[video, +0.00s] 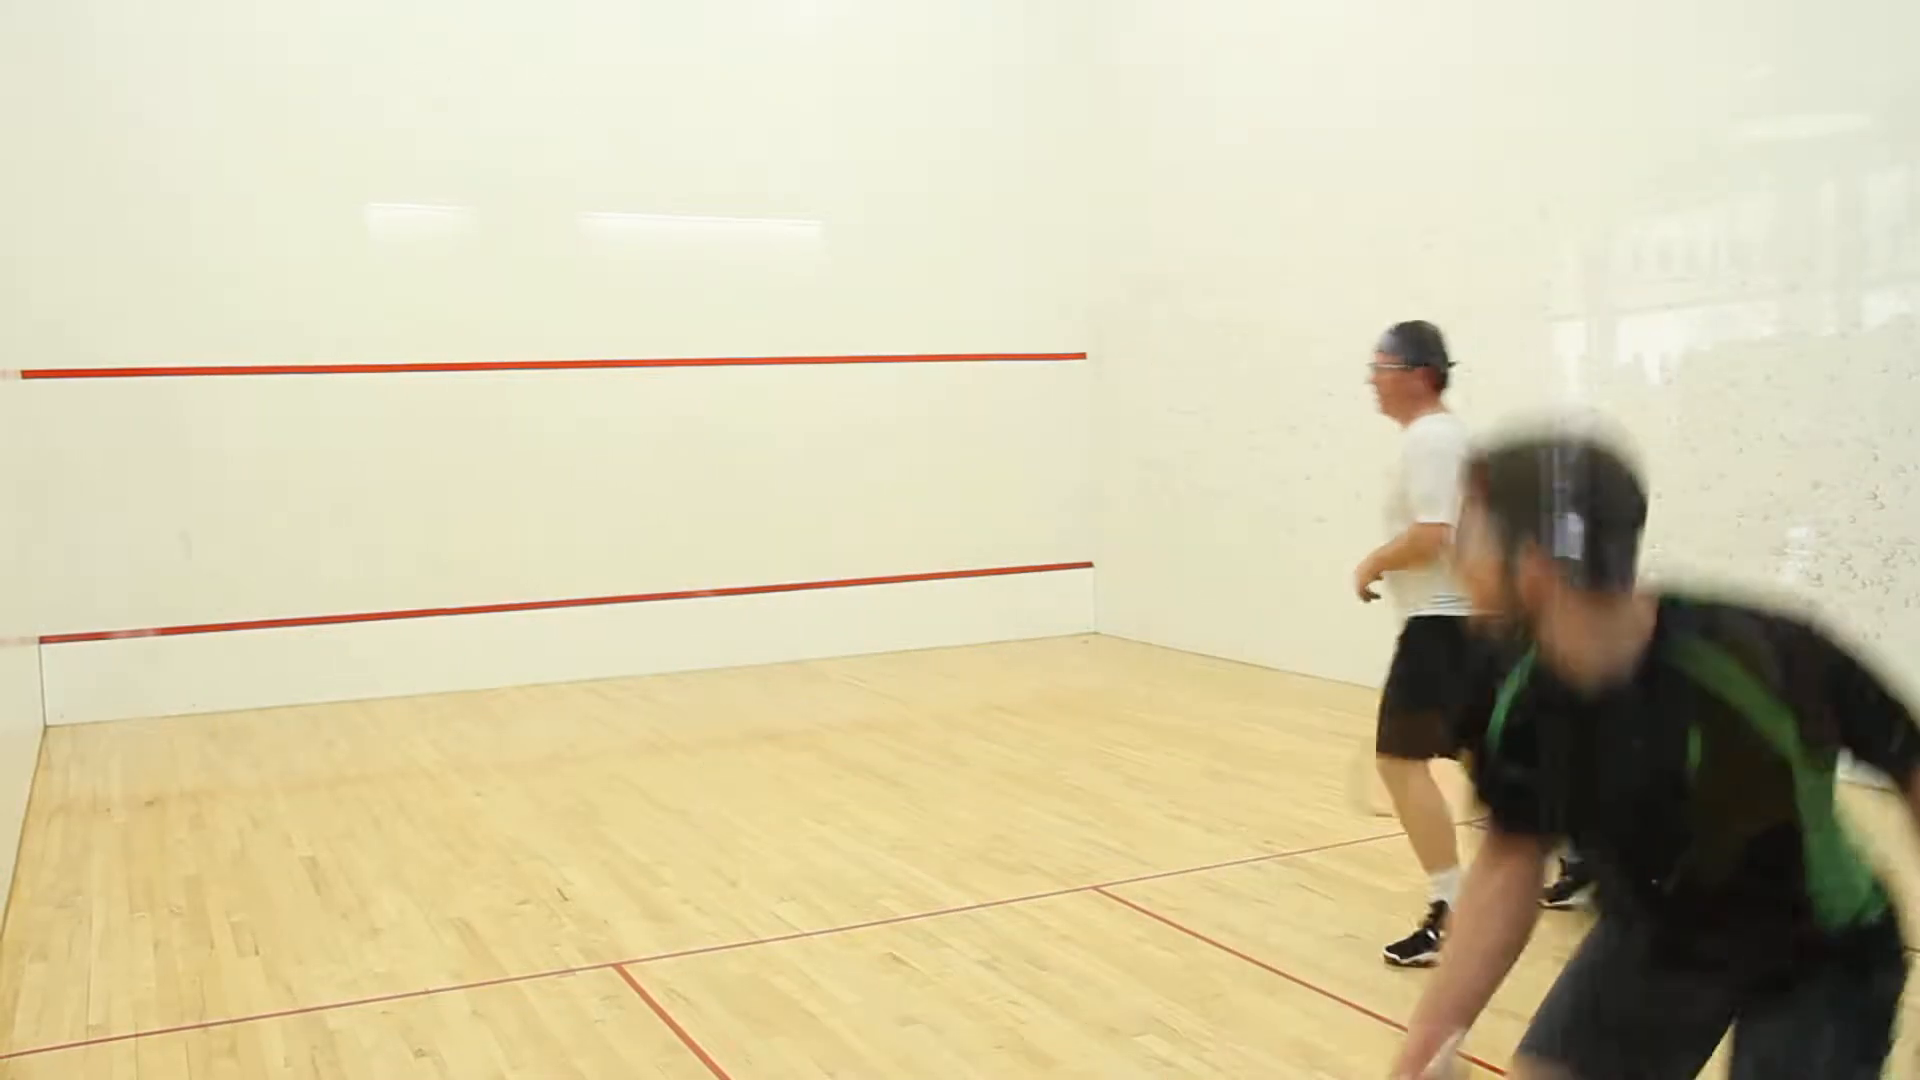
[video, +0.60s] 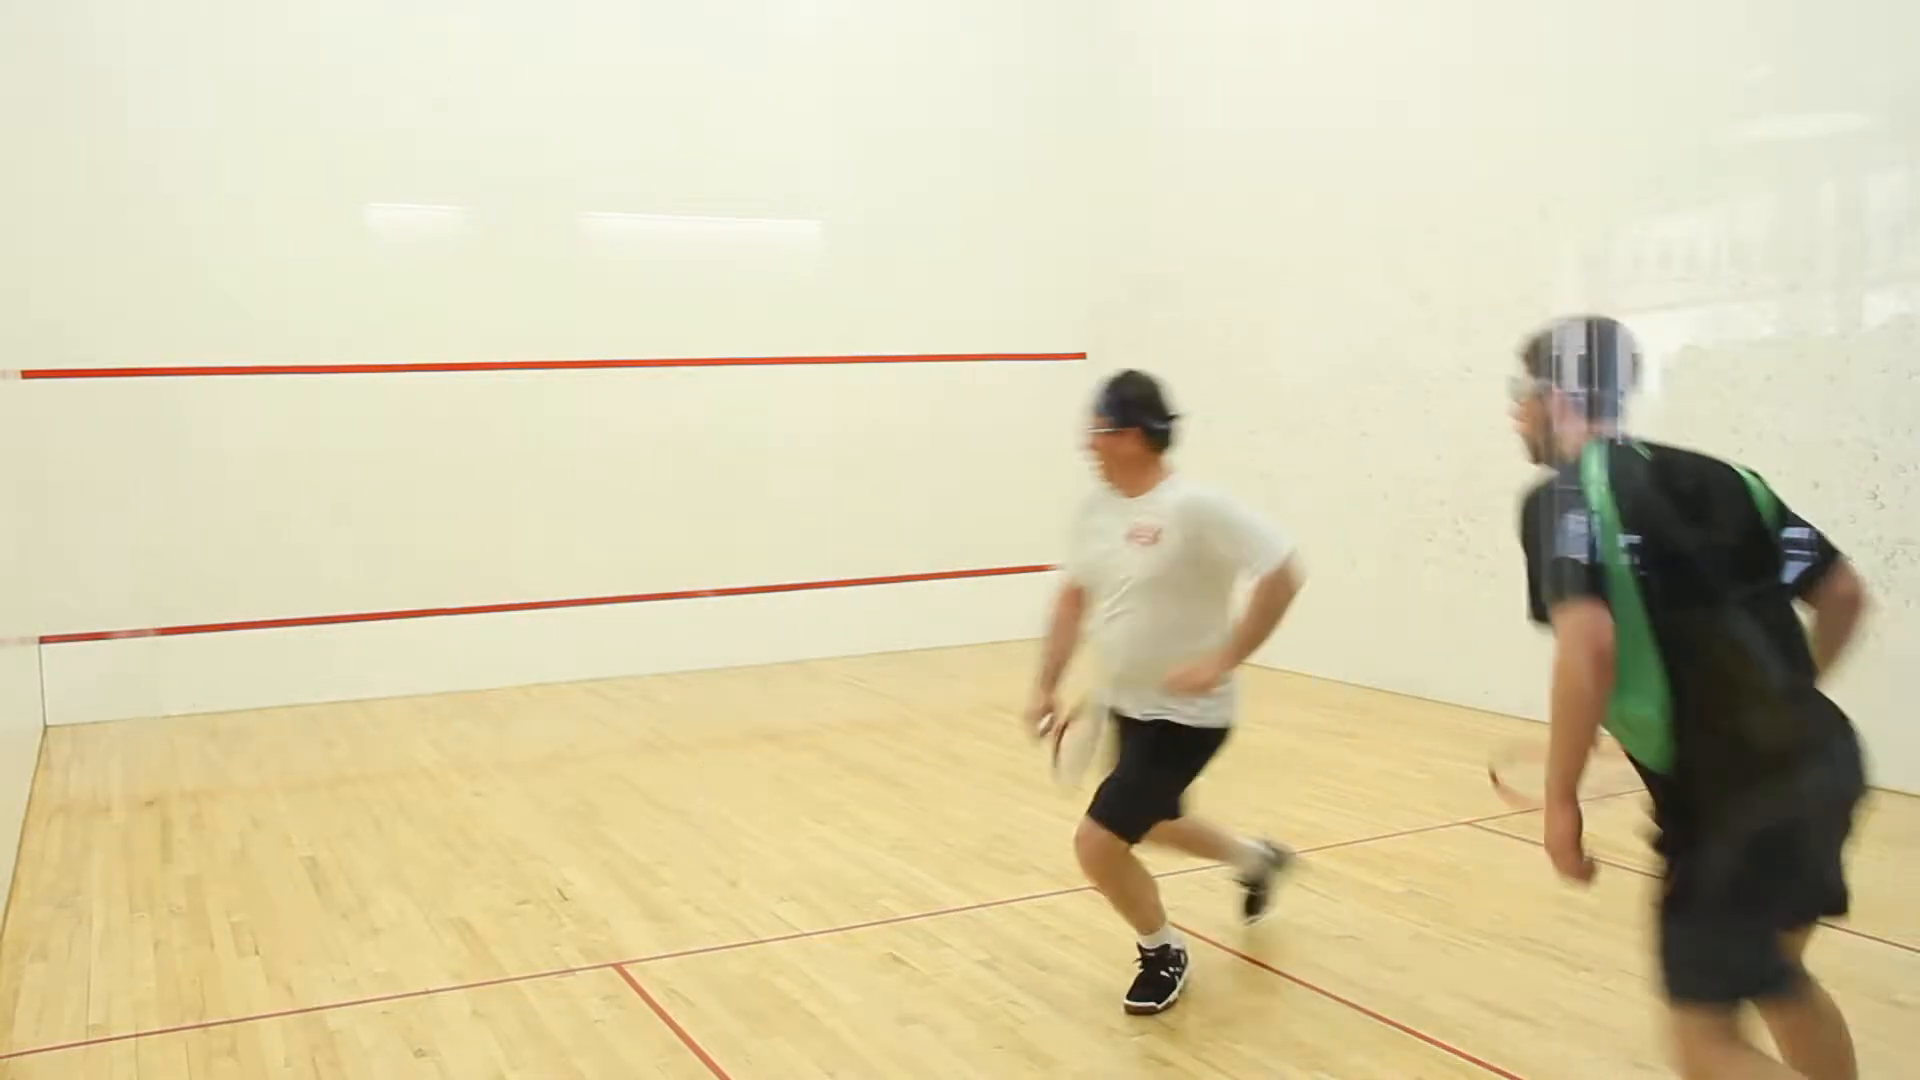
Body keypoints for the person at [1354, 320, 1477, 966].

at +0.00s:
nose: (1373, 382)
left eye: (1383, 370)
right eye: (1374, 370)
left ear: (1421, 377)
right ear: (1423, 379)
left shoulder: (1433, 439)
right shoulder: (1444, 436)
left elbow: (1431, 535)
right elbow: (1446, 533)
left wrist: (1375, 564)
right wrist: (1394, 563)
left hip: (1440, 623)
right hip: (1474, 620)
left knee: (1400, 758)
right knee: (1492, 751)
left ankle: (1452, 906)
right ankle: (1569, 851)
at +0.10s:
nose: (1334, 376)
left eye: (1343, 365)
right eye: (1336, 365)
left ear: (1369, 372)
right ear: (1388, 374)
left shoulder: (1379, 432)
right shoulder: (1412, 428)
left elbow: (1374, 523)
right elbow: (1411, 525)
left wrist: (1334, 567)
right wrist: (1359, 563)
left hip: (1410, 616)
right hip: (1439, 610)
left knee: (1373, 763)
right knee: (1402, 756)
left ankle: (1447, 905)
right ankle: (1490, 833)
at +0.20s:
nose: (1291, 389)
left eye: (1298, 378)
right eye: (1294, 377)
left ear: (1322, 385)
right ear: (1343, 386)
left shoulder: (1332, 444)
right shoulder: (1373, 441)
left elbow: (1317, 532)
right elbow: (1374, 531)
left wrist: (1286, 580)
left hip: (1374, 623)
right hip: (1406, 622)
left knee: (1306, 762)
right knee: (1320, 754)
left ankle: (1390, 891)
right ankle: (1345, 873)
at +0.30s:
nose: (1255, 423)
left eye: (1260, 411)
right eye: (1257, 410)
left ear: (1280, 414)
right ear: (1310, 416)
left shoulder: (1297, 474)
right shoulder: (1334, 473)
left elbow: (1294, 565)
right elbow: (1344, 589)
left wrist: (1242, 608)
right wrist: (1285, 656)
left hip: (1334, 657)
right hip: (1364, 658)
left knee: (1247, 781)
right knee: (1275, 767)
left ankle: (1300, 943)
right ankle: (1322, 885)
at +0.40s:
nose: (1211, 451)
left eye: (1217, 439)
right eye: (1213, 438)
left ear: (1241, 443)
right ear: (1262, 445)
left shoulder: (1261, 501)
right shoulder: (1282, 498)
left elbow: (1289, 574)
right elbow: (1231, 615)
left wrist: (1236, 648)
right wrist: (1182, 673)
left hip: (1288, 687)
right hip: (1324, 686)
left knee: (1178, 793)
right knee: (1256, 770)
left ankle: (1240, 945)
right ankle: (1318, 886)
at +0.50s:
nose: (1153, 448)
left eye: (1162, 437)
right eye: (1155, 436)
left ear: (1194, 444)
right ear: (1189, 443)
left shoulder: (1228, 502)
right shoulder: (1179, 514)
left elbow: (1303, 549)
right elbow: (1151, 598)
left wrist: (1268, 643)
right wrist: (1102, 669)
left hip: (1248, 702)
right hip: (1224, 695)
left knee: (1116, 799)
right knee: (1223, 791)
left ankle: (1178, 951)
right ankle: (1316, 887)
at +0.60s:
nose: (1089, 441)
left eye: (1102, 429)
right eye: (1091, 428)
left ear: (1140, 437)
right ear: (1121, 437)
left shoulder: (1195, 508)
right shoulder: (1097, 509)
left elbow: (1282, 575)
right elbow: (1072, 597)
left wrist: (1222, 662)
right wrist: (1046, 684)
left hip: (1187, 713)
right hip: (1125, 707)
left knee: (1097, 847)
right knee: (1151, 821)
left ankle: (1162, 952)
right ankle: (1257, 860)